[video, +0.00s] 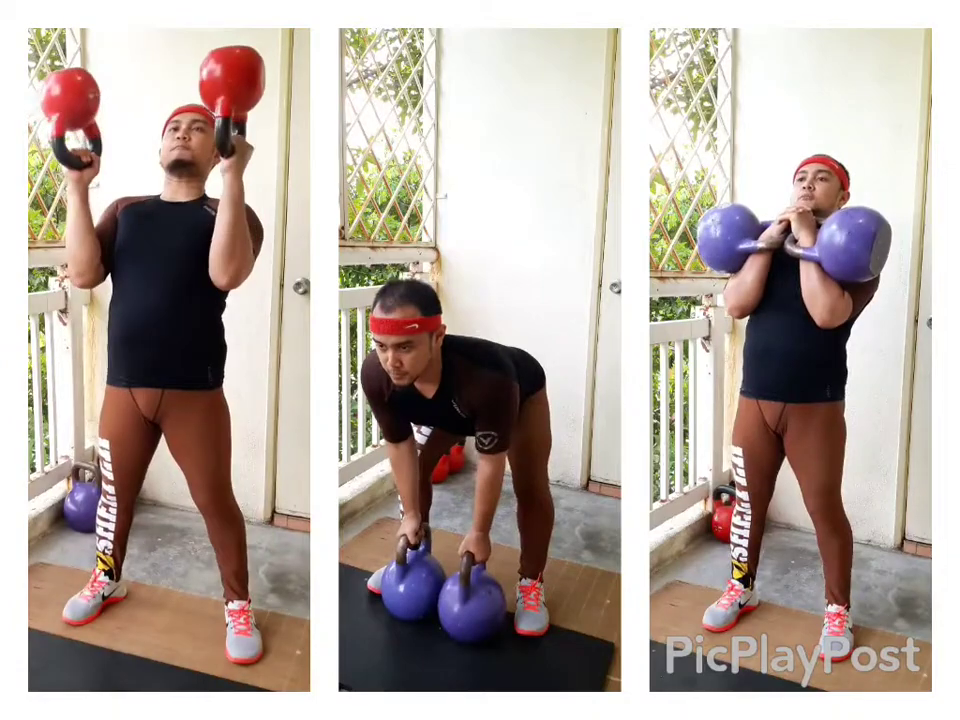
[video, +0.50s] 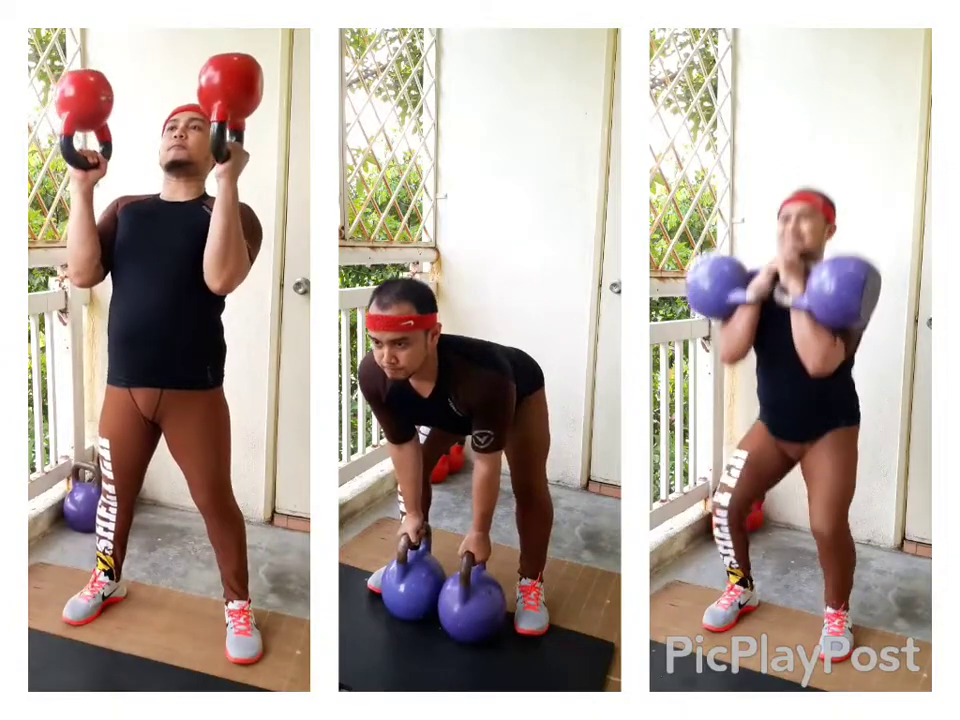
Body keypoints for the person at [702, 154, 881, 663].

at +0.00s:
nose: (805, 186)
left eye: (819, 179)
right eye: (800, 179)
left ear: (844, 196)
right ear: (790, 193)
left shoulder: (854, 257)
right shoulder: (768, 243)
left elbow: (828, 314)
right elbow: (735, 305)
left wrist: (805, 242)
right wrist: (767, 243)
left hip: (814, 406)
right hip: (754, 399)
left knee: (825, 512)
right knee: (749, 501)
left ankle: (837, 609)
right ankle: (740, 586)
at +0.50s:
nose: (792, 227)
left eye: (805, 219)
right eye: (785, 218)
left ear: (828, 230)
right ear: (776, 228)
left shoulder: (842, 289)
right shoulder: (756, 283)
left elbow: (821, 362)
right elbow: (730, 351)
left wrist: (795, 290)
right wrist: (759, 289)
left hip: (830, 431)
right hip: (773, 427)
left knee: (828, 528)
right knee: (733, 508)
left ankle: (836, 613)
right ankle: (740, 585)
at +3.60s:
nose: (799, 183)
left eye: (812, 175)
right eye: (792, 175)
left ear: (837, 189)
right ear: (782, 187)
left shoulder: (848, 252)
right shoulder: (760, 243)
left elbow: (826, 315)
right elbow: (729, 308)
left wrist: (801, 243)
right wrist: (762, 245)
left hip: (818, 406)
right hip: (758, 401)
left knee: (824, 514)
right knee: (744, 503)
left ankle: (836, 610)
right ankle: (739, 586)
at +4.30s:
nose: (786, 347)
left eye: (798, 338)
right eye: (778, 338)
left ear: (821, 347)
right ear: (770, 346)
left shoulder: (834, 405)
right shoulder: (753, 397)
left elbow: (822, 488)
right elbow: (725, 471)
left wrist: (792, 418)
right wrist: (755, 417)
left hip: (827, 515)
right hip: (772, 512)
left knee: (827, 554)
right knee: (715, 531)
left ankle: (835, 616)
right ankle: (740, 590)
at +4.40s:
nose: (787, 362)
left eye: (799, 353)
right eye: (779, 353)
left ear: (821, 363)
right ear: (771, 361)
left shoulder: (834, 419)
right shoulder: (752, 411)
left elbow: (821, 504)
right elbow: (724, 488)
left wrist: (793, 438)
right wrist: (750, 439)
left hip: (822, 533)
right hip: (768, 529)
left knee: (826, 556)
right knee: (714, 533)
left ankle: (835, 618)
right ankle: (740, 590)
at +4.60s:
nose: (783, 359)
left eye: (796, 351)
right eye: (776, 351)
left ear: (818, 361)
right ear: (768, 359)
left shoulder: (832, 417)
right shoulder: (750, 409)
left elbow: (820, 503)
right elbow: (722, 485)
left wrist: (791, 436)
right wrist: (749, 436)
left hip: (821, 531)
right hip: (767, 529)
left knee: (821, 558)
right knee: (710, 533)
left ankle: (834, 618)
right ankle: (740, 591)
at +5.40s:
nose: (794, 178)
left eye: (808, 172)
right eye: (787, 171)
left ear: (832, 189)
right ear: (776, 186)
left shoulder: (840, 249)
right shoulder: (754, 242)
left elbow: (817, 315)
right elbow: (722, 308)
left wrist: (793, 242)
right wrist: (753, 244)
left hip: (820, 408)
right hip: (761, 402)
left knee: (827, 511)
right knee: (741, 497)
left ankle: (836, 610)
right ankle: (740, 586)